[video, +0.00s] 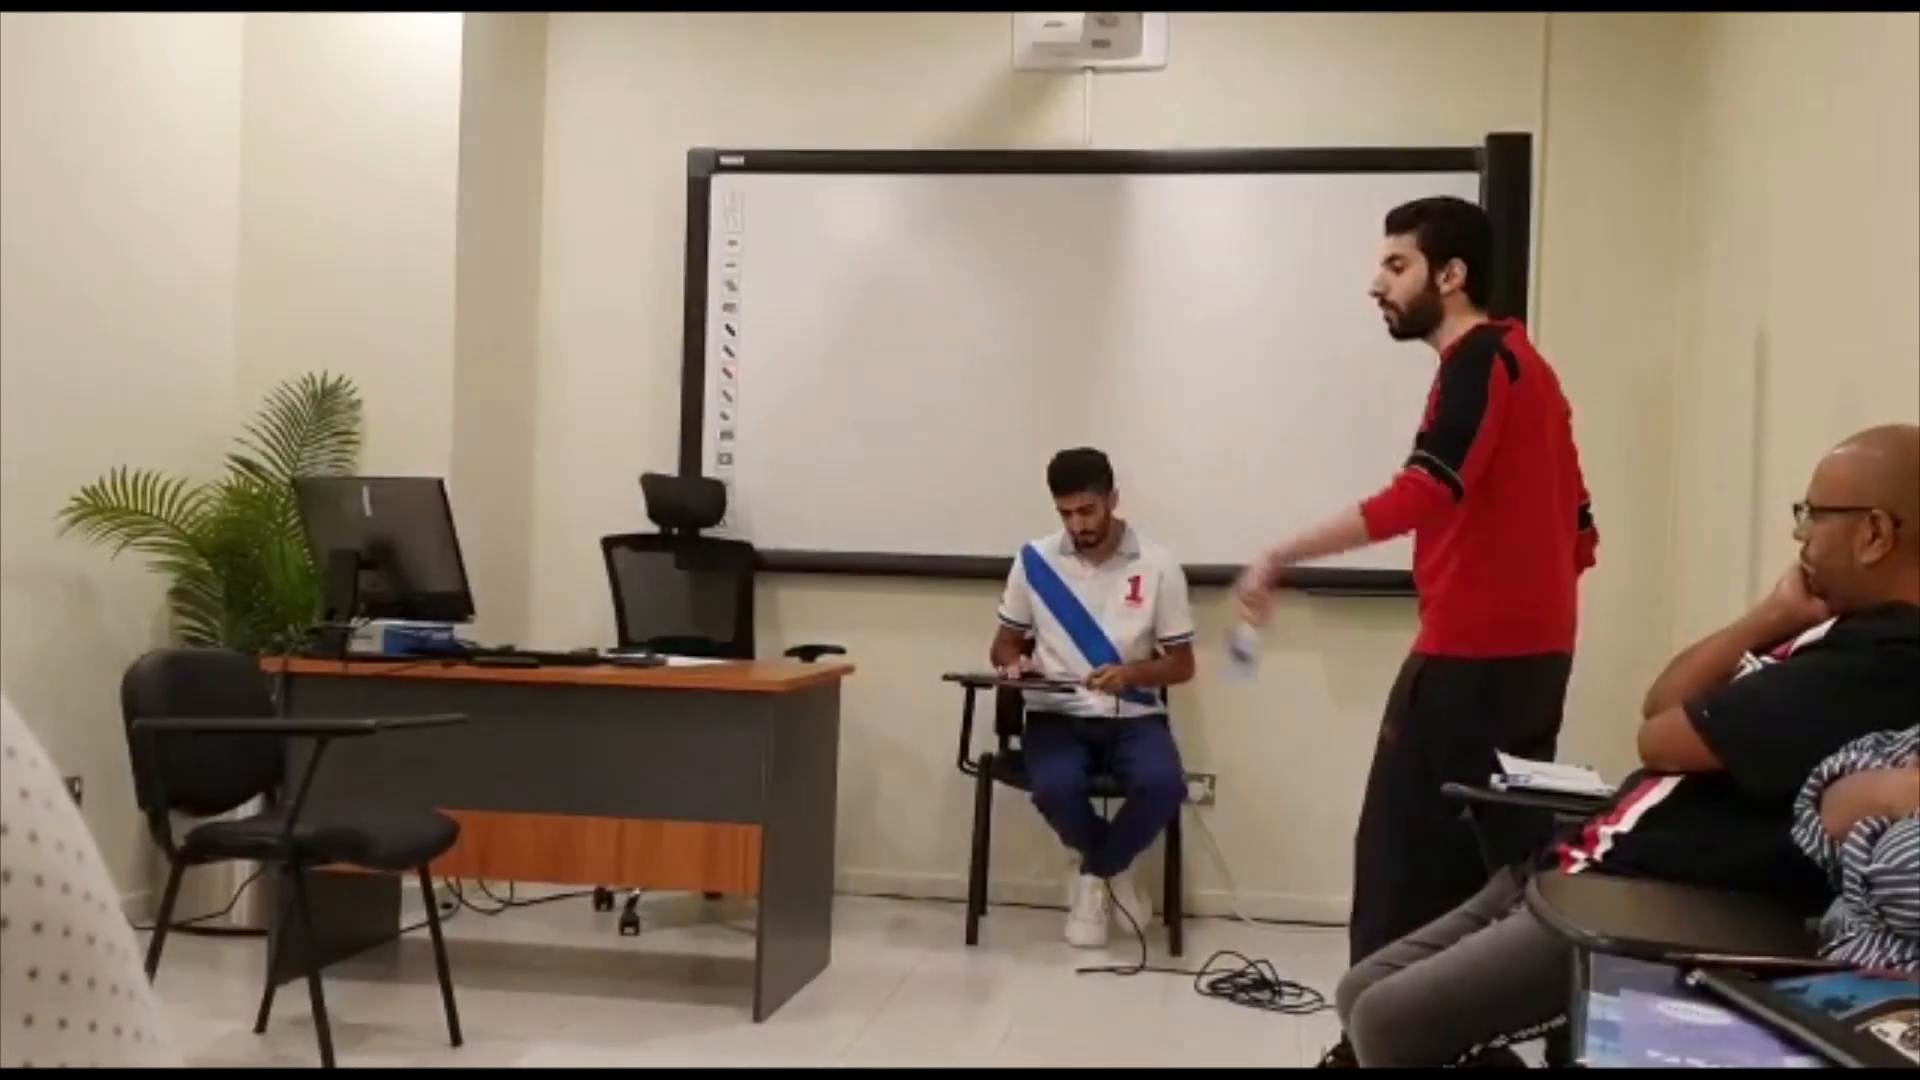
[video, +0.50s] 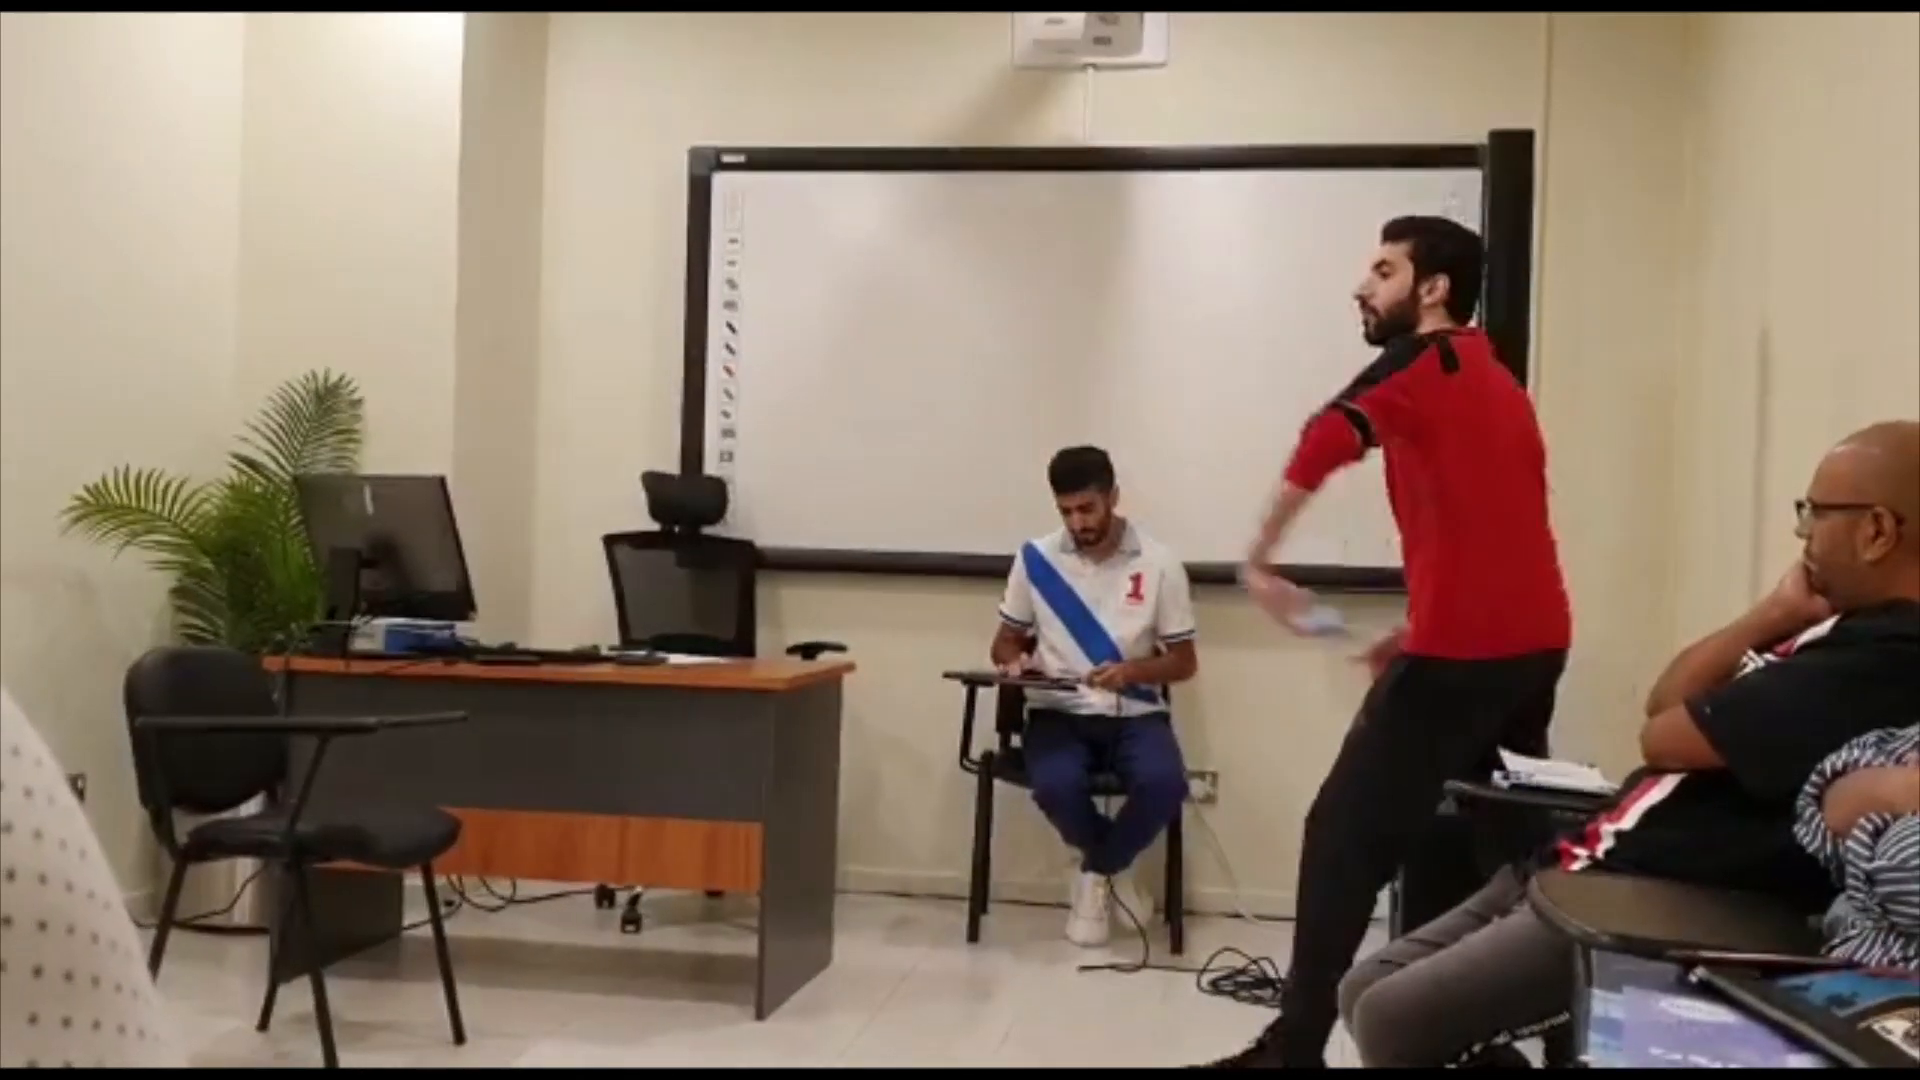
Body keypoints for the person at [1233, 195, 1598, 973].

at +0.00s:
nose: (1378, 284)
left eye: (1395, 265)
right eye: (1380, 267)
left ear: (1451, 276)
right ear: (1453, 281)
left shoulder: (1476, 358)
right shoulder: (1530, 367)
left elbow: (1425, 491)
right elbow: (1578, 537)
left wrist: (1284, 553)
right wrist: (1498, 601)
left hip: (1467, 649)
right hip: (1536, 650)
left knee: (1397, 840)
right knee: (1504, 841)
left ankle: (1382, 1042)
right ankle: (1482, 1036)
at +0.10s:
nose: (1377, 290)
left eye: (1395, 271)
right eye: (1379, 273)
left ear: (1450, 281)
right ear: (1453, 284)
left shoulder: (1472, 363)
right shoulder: (1534, 370)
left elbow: (1467, 504)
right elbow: (1594, 533)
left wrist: (1386, 632)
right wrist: (1541, 622)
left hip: (1474, 658)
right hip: (1548, 658)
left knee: (1401, 850)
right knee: (1520, 851)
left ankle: (1388, 1046)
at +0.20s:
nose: (1375, 292)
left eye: (1392, 273)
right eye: (1377, 274)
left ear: (1447, 282)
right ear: (1451, 285)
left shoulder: (1462, 366)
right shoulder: (1541, 372)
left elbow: (1490, 503)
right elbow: (1612, 526)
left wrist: (1468, 657)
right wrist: (1554, 623)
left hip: (1474, 662)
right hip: (1553, 660)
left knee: (1395, 847)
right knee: (1521, 859)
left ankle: (1385, 1047)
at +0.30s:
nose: (1374, 291)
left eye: (1390, 274)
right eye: (1376, 275)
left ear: (1443, 284)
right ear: (1458, 289)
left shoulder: (1443, 367)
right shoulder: (1549, 376)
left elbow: (1480, 497)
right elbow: (1621, 525)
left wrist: (1498, 646)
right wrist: (1559, 624)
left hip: (1468, 671)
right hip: (1554, 678)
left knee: (1377, 839)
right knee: (1512, 862)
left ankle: (1376, 1038)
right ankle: (1492, 1037)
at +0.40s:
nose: (1372, 292)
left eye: (1388, 276)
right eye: (1376, 275)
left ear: (1441, 289)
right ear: (1455, 295)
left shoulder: (1424, 367)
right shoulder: (1536, 384)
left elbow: (1419, 494)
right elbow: (1601, 534)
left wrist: (1433, 633)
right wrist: (1531, 602)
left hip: (1465, 658)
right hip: (1552, 663)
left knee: (1355, 825)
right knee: (1472, 845)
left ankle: (1350, 1031)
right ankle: (1464, 1032)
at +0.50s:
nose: (1364, 286)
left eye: (1383, 272)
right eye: (1370, 269)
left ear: (1433, 289)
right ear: (1444, 297)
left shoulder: (1411, 369)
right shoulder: (1499, 380)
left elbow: (1328, 437)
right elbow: (1502, 527)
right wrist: (1416, 631)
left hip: (1459, 649)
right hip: (1532, 643)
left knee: (1340, 830)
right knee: (1454, 838)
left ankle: (1300, 1037)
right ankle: (1444, 1027)